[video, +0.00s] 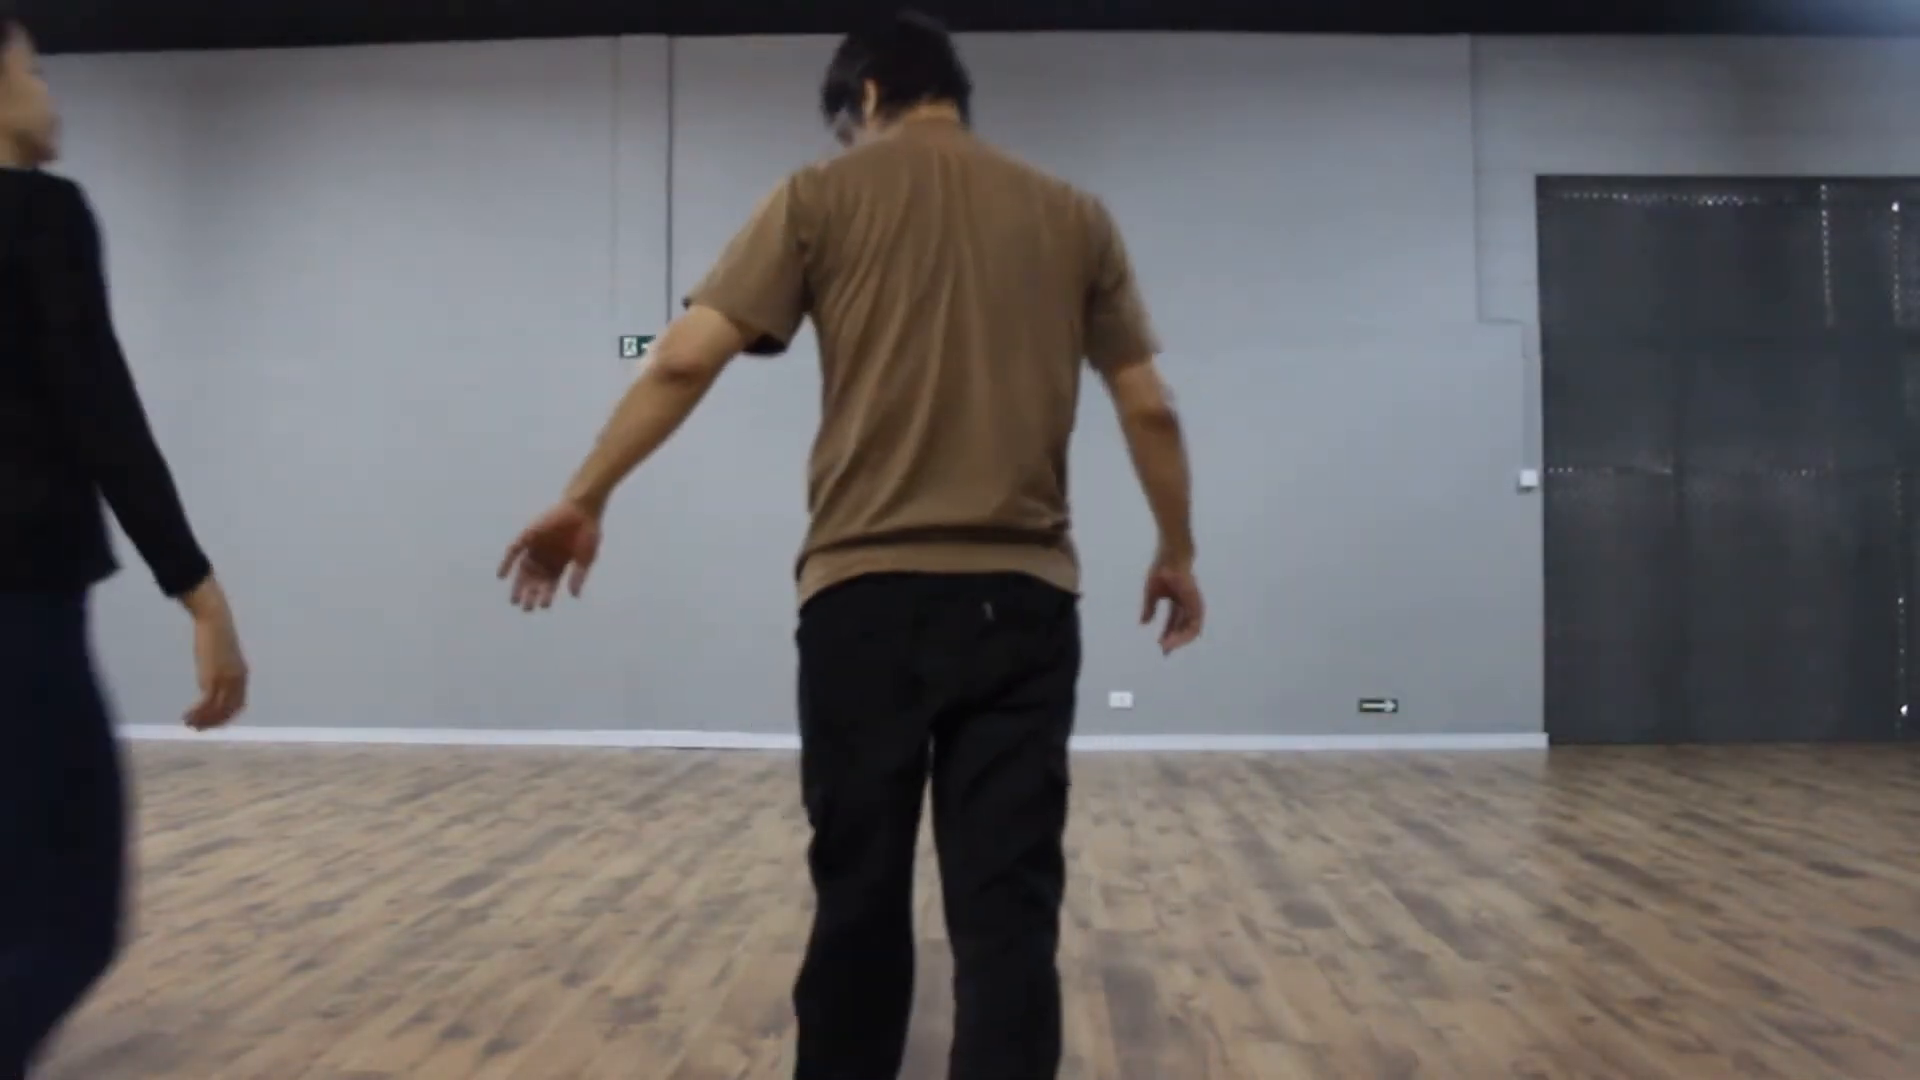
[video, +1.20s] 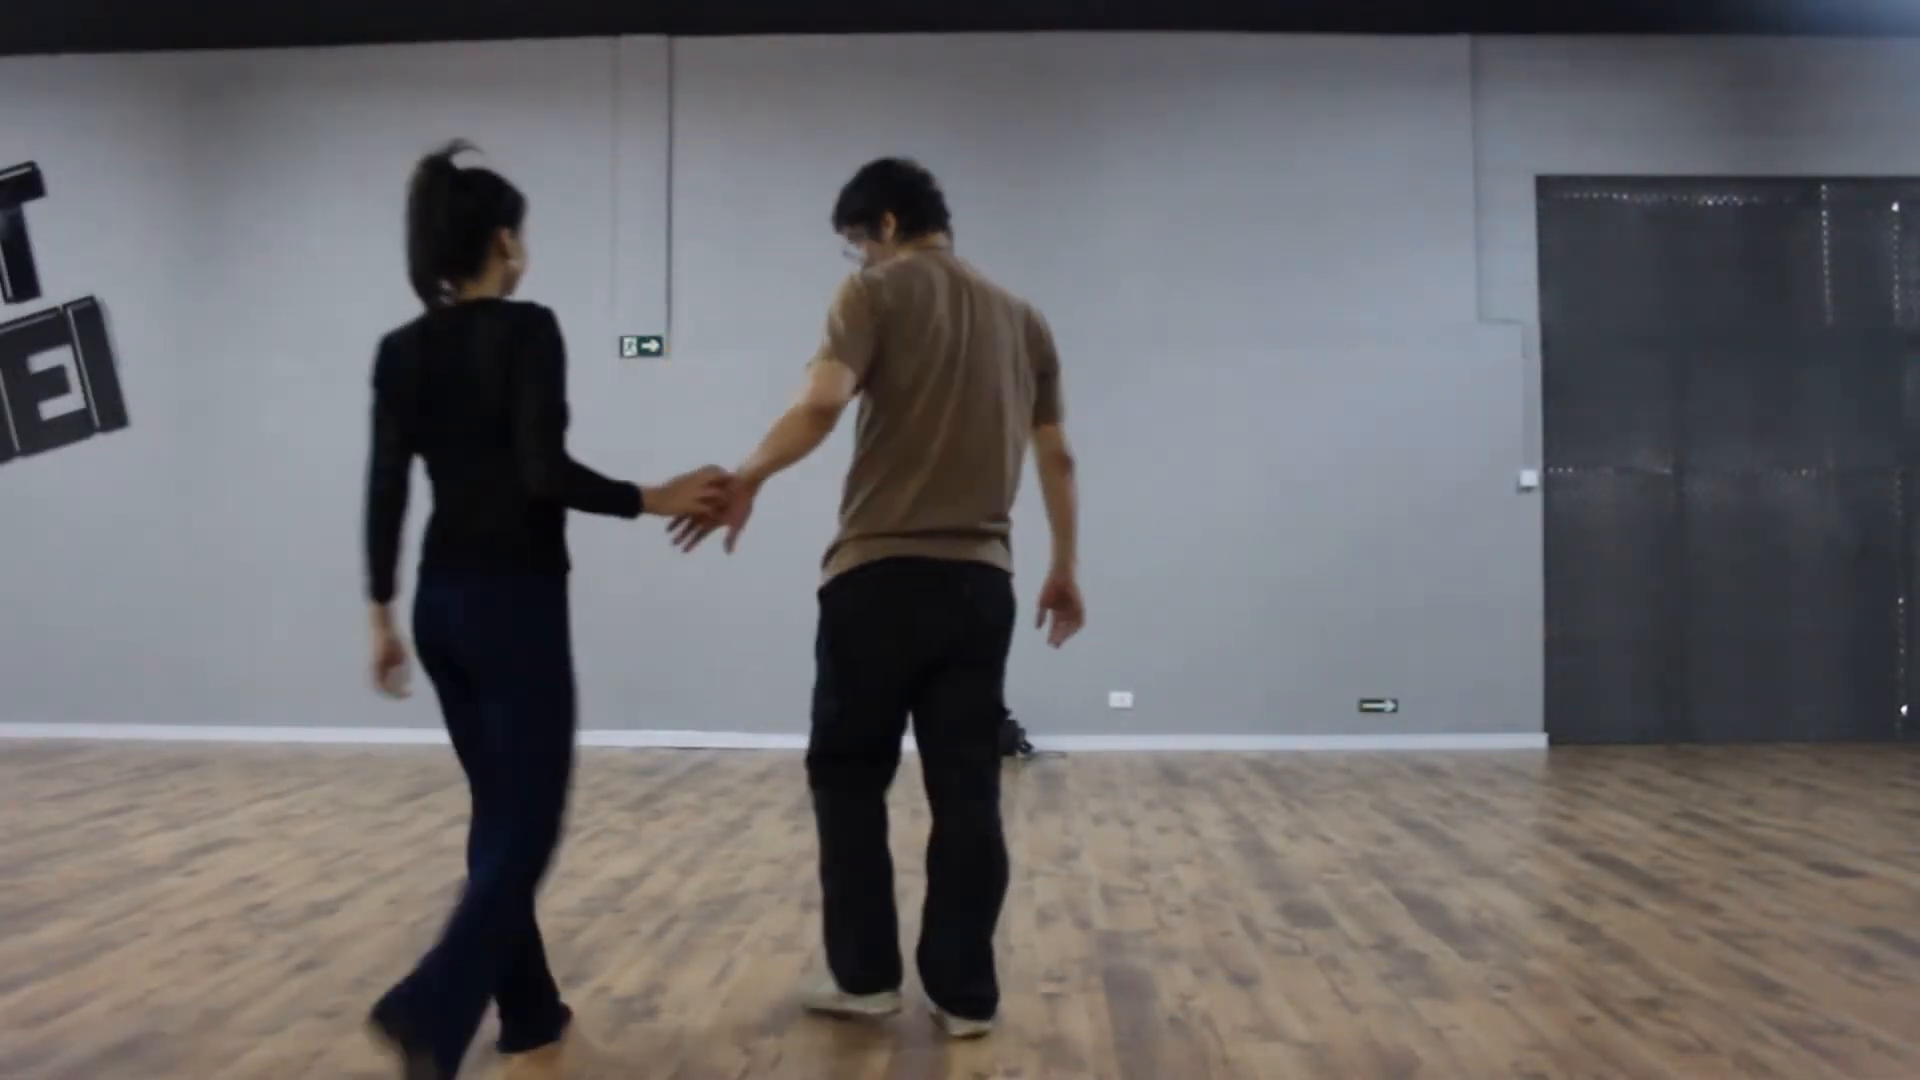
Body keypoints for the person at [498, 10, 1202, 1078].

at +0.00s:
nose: (846, 134)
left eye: (843, 117)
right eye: (842, 121)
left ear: (867, 97)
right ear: (964, 100)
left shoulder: (822, 195)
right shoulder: (1070, 212)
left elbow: (685, 361)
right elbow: (1148, 406)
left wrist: (583, 497)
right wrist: (1175, 549)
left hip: (862, 603)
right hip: (1021, 605)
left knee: (859, 891)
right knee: (1008, 902)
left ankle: (844, 1070)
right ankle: (1005, 1074)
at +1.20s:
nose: (857, 256)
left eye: (857, 241)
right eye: (851, 243)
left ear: (886, 224)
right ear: (939, 224)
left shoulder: (874, 291)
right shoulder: (1018, 315)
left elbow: (821, 404)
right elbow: (1055, 455)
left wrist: (746, 478)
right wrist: (1064, 567)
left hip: (875, 581)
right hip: (979, 587)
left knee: (848, 770)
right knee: (968, 783)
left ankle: (865, 976)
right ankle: (966, 993)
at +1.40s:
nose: (829, 275)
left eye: (830, 257)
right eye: (822, 260)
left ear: (867, 239)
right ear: (900, 238)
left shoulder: (860, 312)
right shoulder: (989, 328)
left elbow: (850, 421)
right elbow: (1007, 460)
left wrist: (771, 483)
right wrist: (1003, 567)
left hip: (877, 591)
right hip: (970, 588)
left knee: (856, 773)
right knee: (958, 786)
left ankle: (859, 954)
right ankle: (964, 989)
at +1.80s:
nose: (764, 283)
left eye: (769, 266)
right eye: (757, 268)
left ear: (811, 253)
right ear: (826, 254)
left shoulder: (832, 322)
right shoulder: (891, 316)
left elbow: (863, 441)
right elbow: (897, 444)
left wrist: (803, 542)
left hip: (845, 579)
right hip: (893, 575)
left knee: (831, 762)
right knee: (867, 746)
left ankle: (860, 957)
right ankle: (940, 913)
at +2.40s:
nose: (733, 289)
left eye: (745, 275)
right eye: (727, 276)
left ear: (789, 263)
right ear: (731, 268)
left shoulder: (828, 331)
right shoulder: (759, 339)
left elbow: (880, 443)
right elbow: (729, 418)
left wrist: (827, 547)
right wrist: (679, 471)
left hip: (815, 578)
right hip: (765, 573)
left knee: (822, 756)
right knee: (754, 749)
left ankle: (864, 947)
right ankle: (775, 921)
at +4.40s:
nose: (756, 263)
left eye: (768, 246)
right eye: (740, 253)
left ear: (799, 249)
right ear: (729, 266)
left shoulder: (849, 325)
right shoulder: (736, 347)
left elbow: (955, 384)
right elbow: (646, 450)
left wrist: (921, 482)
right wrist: (668, 429)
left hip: (842, 587)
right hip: (760, 588)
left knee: (835, 769)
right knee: (755, 763)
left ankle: (822, 942)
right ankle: (774, 921)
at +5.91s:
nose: (732, 268)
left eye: (743, 252)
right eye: (717, 260)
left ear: (774, 255)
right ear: (706, 275)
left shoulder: (821, 335)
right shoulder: (715, 352)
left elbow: (890, 433)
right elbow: (626, 438)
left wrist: (851, 515)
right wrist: (640, 436)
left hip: (806, 580)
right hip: (737, 581)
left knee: (804, 757)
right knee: (745, 759)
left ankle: (827, 936)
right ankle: (774, 922)